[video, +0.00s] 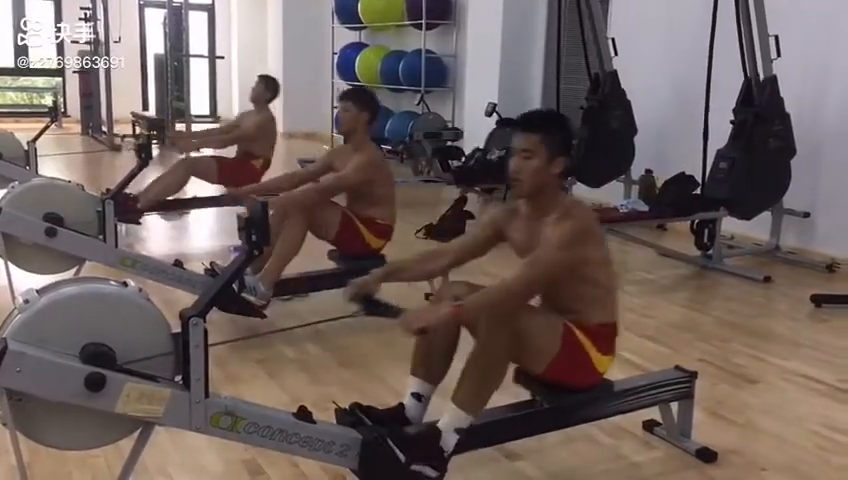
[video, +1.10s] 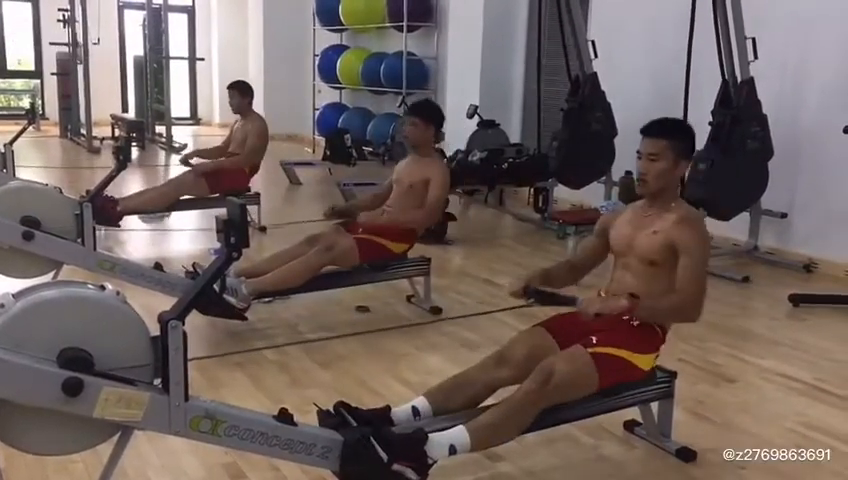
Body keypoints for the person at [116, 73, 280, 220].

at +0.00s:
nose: (252, 89)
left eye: (257, 87)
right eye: (254, 86)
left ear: (266, 94)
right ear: (263, 92)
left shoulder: (263, 121)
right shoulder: (249, 115)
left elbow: (227, 141)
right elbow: (220, 131)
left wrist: (191, 146)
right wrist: (188, 137)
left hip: (247, 173)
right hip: (240, 167)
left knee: (188, 166)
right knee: (183, 163)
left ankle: (142, 205)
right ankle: (140, 198)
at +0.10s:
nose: (270, 98)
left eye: (275, 96)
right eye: (272, 94)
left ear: (285, 103)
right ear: (278, 100)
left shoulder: (279, 127)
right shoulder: (268, 121)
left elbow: (245, 145)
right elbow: (238, 137)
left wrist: (211, 146)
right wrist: (207, 139)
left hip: (247, 174)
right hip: (241, 168)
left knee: (188, 170)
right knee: (186, 168)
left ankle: (136, 205)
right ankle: (136, 201)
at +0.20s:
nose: (279, 108)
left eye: (283, 105)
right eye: (281, 104)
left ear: (292, 111)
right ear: (291, 110)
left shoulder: (289, 135)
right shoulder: (278, 128)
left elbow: (256, 148)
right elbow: (254, 142)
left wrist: (226, 145)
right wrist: (227, 143)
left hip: (248, 174)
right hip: (243, 166)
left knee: (189, 174)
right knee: (187, 171)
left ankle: (134, 207)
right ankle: (133, 200)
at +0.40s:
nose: (277, 116)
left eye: (281, 114)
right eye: (278, 113)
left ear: (289, 118)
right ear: (290, 118)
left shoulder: (293, 143)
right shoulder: (283, 136)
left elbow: (300, 174)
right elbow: (270, 147)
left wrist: (282, 146)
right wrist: (258, 140)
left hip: (240, 174)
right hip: (235, 167)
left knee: (182, 172)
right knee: (181, 170)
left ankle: (126, 206)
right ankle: (125, 201)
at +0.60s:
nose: (267, 117)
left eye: (271, 113)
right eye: (267, 113)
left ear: (283, 116)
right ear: (274, 115)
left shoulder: (287, 144)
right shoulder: (271, 135)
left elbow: (285, 174)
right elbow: (256, 156)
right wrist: (243, 145)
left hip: (236, 176)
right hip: (229, 168)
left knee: (177, 174)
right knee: (175, 170)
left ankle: (122, 208)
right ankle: (121, 201)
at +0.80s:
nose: (250, 108)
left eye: (254, 104)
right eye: (251, 104)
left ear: (266, 106)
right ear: (259, 105)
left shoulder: (272, 132)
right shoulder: (257, 128)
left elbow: (264, 166)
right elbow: (241, 153)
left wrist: (231, 155)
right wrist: (218, 149)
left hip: (237, 175)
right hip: (228, 169)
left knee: (178, 176)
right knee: (175, 174)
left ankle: (118, 207)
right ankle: (118, 202)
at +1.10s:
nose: (230, 103)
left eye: (233, 98)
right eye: (229, 99)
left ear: (247, 99)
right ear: (238, 100)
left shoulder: (257, 125)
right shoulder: (239, 124)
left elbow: (245, 161)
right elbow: (222, 150)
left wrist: (208, 167)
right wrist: (195, 153)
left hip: (237, 178)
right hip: (226, 172)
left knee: (180, 185)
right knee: (176, 182)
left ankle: (118, 211)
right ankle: (116, 205)